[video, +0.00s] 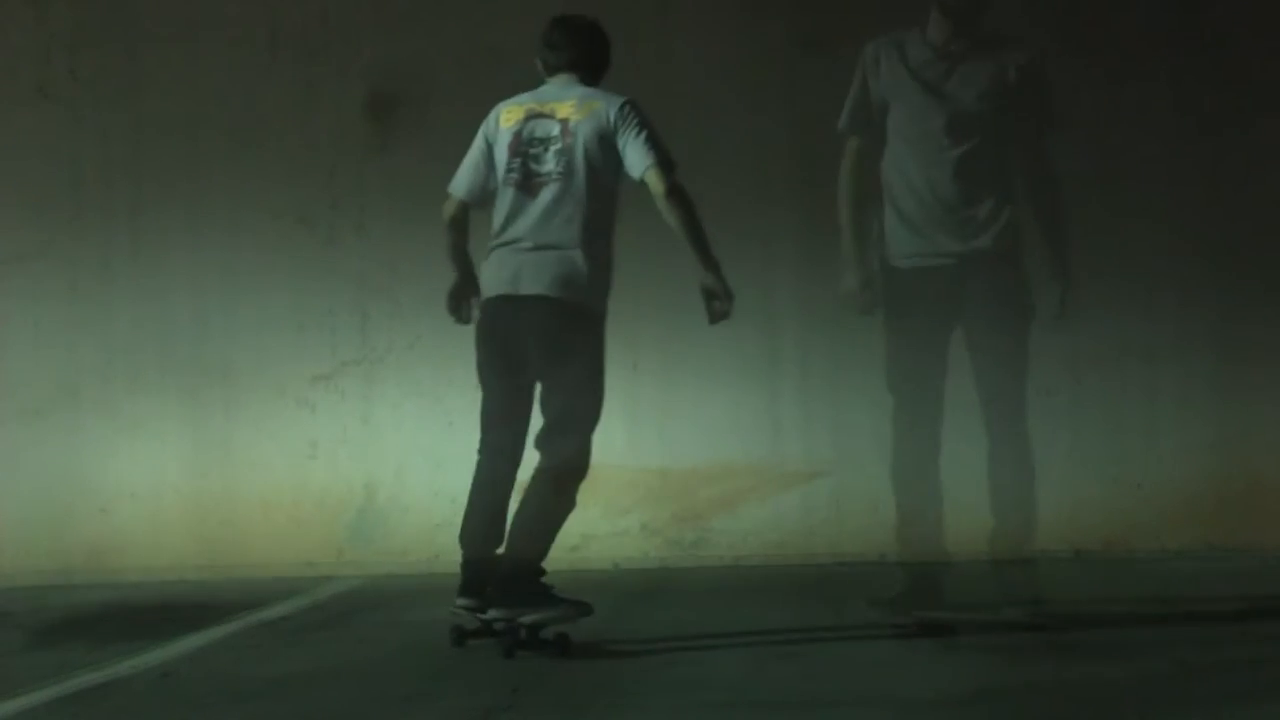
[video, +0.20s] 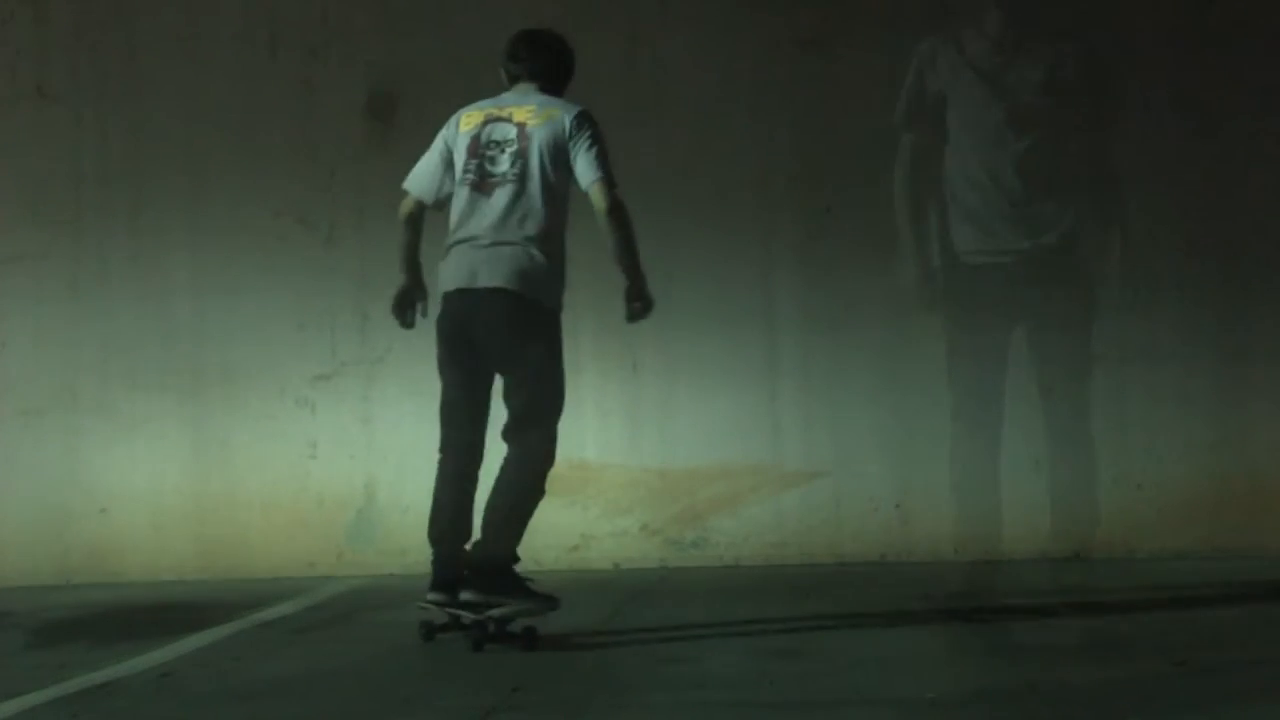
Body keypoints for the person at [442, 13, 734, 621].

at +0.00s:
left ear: (542, 63)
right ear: (601, 64)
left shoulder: (504, 114)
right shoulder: (612, 110)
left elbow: (452, 208)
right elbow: (665, 188)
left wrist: (461, 273)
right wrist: (708, 269)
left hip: (500, 300)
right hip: (568, 302)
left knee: (498, 441)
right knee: (566, 446)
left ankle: (475, 575)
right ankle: (519, 573)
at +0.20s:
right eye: (564, 77)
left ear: (506, 72)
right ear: (562, 76)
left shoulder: (464, 120)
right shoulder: (568, 119)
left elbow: (410, 204)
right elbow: (607, 202)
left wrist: (409, 276)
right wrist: (634, 278)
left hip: (456, 298)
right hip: (523, 297)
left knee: (458, 438)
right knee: (533, 437)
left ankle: (446, 575)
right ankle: (493, 566)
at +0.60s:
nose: (530, 127)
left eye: (531, 120)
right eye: (531, 119)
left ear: (480, 103)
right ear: (523, 112)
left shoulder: (424, 140)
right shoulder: (512, 143)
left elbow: (369, 220)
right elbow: (534, 223)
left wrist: (369, 290)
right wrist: (563, 304)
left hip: (399, 303)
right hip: (456, 302)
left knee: (416, 436)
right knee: (476, 433)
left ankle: (410, 565)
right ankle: (440, 556)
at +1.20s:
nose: (512, 169)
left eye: (517, 159)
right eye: (514, 158)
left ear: (475, 137)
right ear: (500, 145)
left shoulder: (434, 167)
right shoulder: (467, 182)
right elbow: (484, 252)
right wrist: (544, 317)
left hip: (405, 325)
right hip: (408, 334)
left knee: (487, 397)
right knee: (426, 456)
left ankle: (461, 500)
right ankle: (405, 569)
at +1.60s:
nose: (515, 169)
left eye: (520, 159)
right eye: (515, 157)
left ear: (482, 146)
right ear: (492, 149)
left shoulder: (449, 174)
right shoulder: (448, 187)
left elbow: (445, 221)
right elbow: (448, 277)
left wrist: (482, 245)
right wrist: (512, 333)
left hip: (442, 330)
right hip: (405, 337)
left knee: (517, 387)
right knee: (435, 450)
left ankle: (513, 496)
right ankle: (441, 566)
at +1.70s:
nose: (511, 168)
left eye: (515, 158)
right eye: (510, 156)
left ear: (480, 146)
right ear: (484, 146)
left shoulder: (454, 183)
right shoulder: (438, 185)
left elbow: (467, 218)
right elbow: (410, 268)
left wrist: (526, 231)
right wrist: (442, 344)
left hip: (441, 321)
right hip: (403, 332)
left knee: (521, 374)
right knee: (438, 447)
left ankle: (500, 482)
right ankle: (442, 566)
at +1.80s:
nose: (497, 163)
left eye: (501, 152)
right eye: (493, 151)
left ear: (470, 147)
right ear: (464, 143)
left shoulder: (464, 188)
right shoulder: (415, 191)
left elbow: (510, 207)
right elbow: (370, 261)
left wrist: (579, 220)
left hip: (445, 327)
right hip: (404, 338)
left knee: (521, 384)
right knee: (439, 451)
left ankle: (512, 485)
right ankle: (441, 566)